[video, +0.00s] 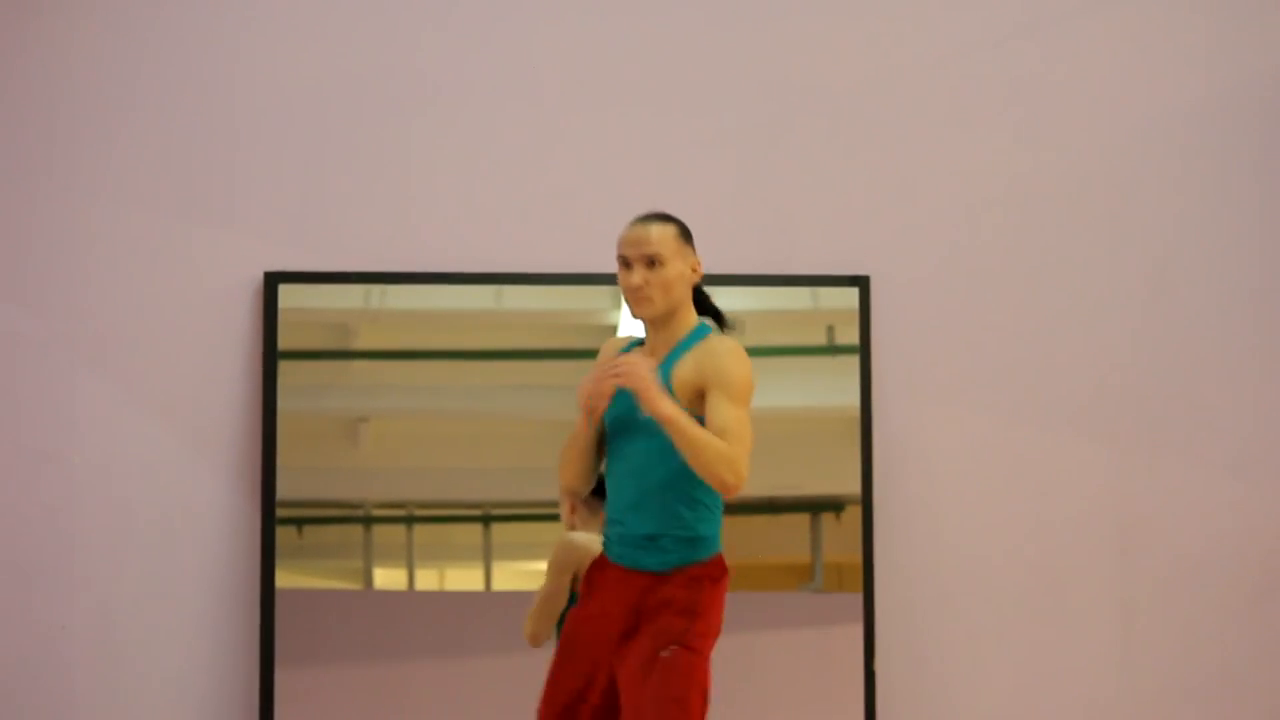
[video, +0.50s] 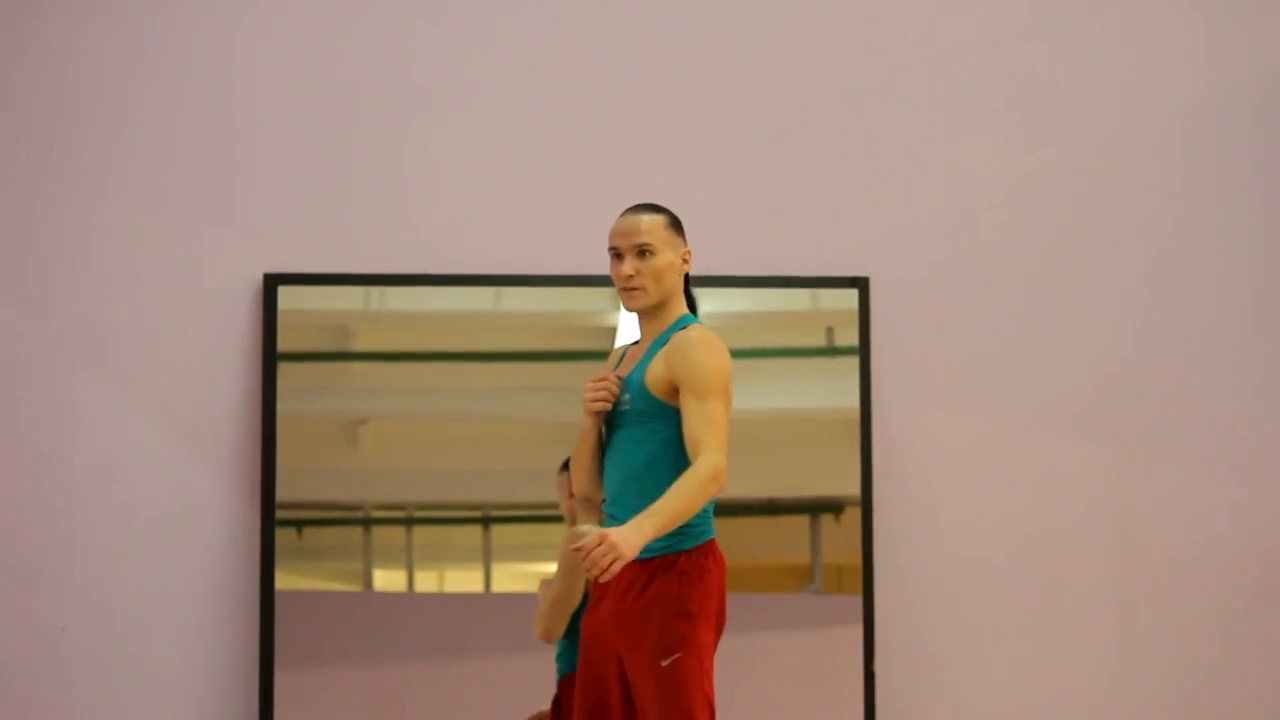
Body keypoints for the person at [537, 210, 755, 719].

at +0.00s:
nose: (636, 279)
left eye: (653, 263)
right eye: (626, 265)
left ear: (693, 270)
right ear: (617, 275)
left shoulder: (720, 355)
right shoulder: (619, 355)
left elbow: (731, 476)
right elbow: (574, 485)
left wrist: (657, 400)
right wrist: (589, 417)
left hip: (683, 582)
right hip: (613, 577)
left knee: (661, 710)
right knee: (564, 710)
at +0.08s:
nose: (628, 268)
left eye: (645, 251)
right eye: (618, 255)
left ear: (687, 258)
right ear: (610, 265)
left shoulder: (709, 346)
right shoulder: (624, 352)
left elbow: (720, 470)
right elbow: (575, 484)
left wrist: (625, 421)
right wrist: (593, 400)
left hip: (673, 572)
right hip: (610, 568)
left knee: (659, 709)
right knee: (584, 708)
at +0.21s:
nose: (624, 268)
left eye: (641, 251)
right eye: (615, 255)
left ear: (682, 258)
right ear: (607, 266)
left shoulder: (697, 346)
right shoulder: (626, 352)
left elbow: (703, 467)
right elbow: (584, 485)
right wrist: (596, 417)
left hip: (670, 572)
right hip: (616, 571)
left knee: (668, 710)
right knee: (594, 708)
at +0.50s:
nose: (626, 270)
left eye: (643, 253)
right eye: (616, 256)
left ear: (684, 260)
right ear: (608, 266)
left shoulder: (697, 347)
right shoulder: (622, 357)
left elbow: (711, 471)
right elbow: (587, 493)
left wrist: (633, 534)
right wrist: (591, 422)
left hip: (674, 574)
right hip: (615, 571)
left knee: (670, 710)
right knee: (597, 709)